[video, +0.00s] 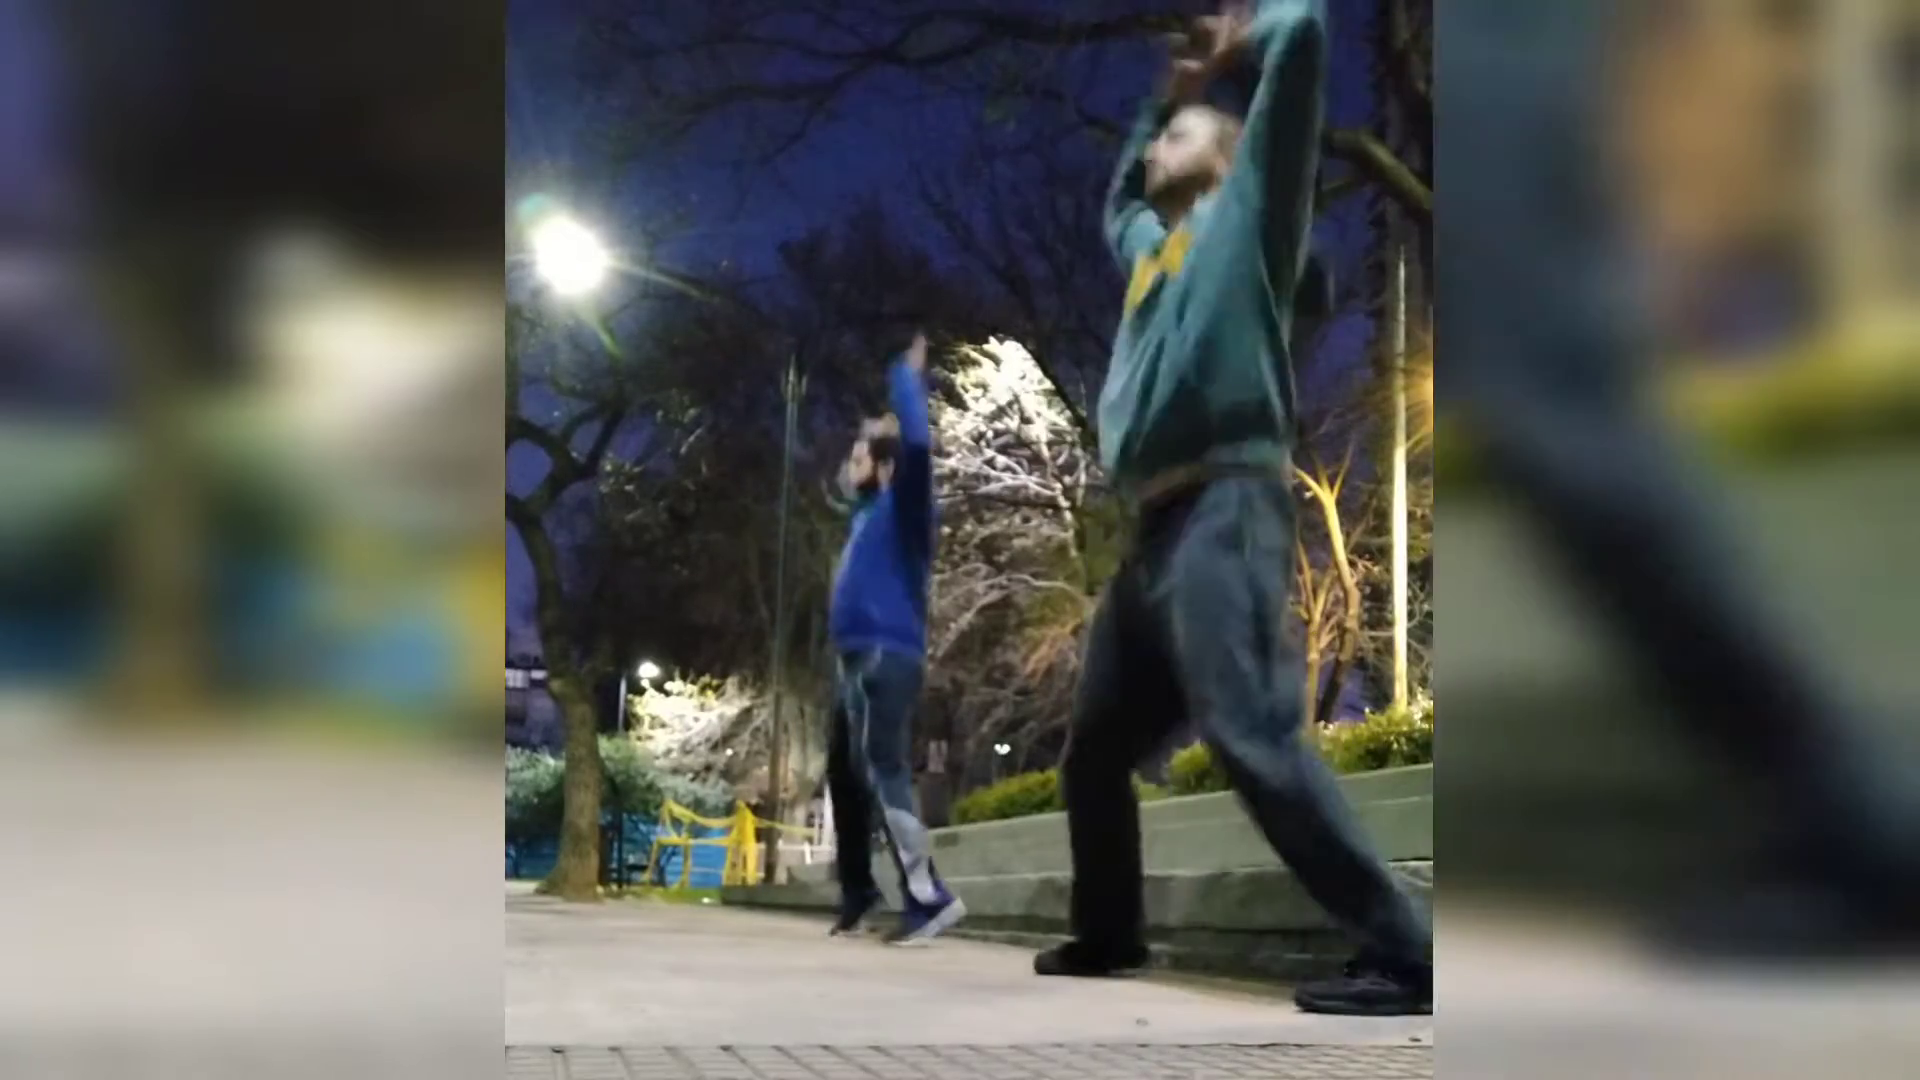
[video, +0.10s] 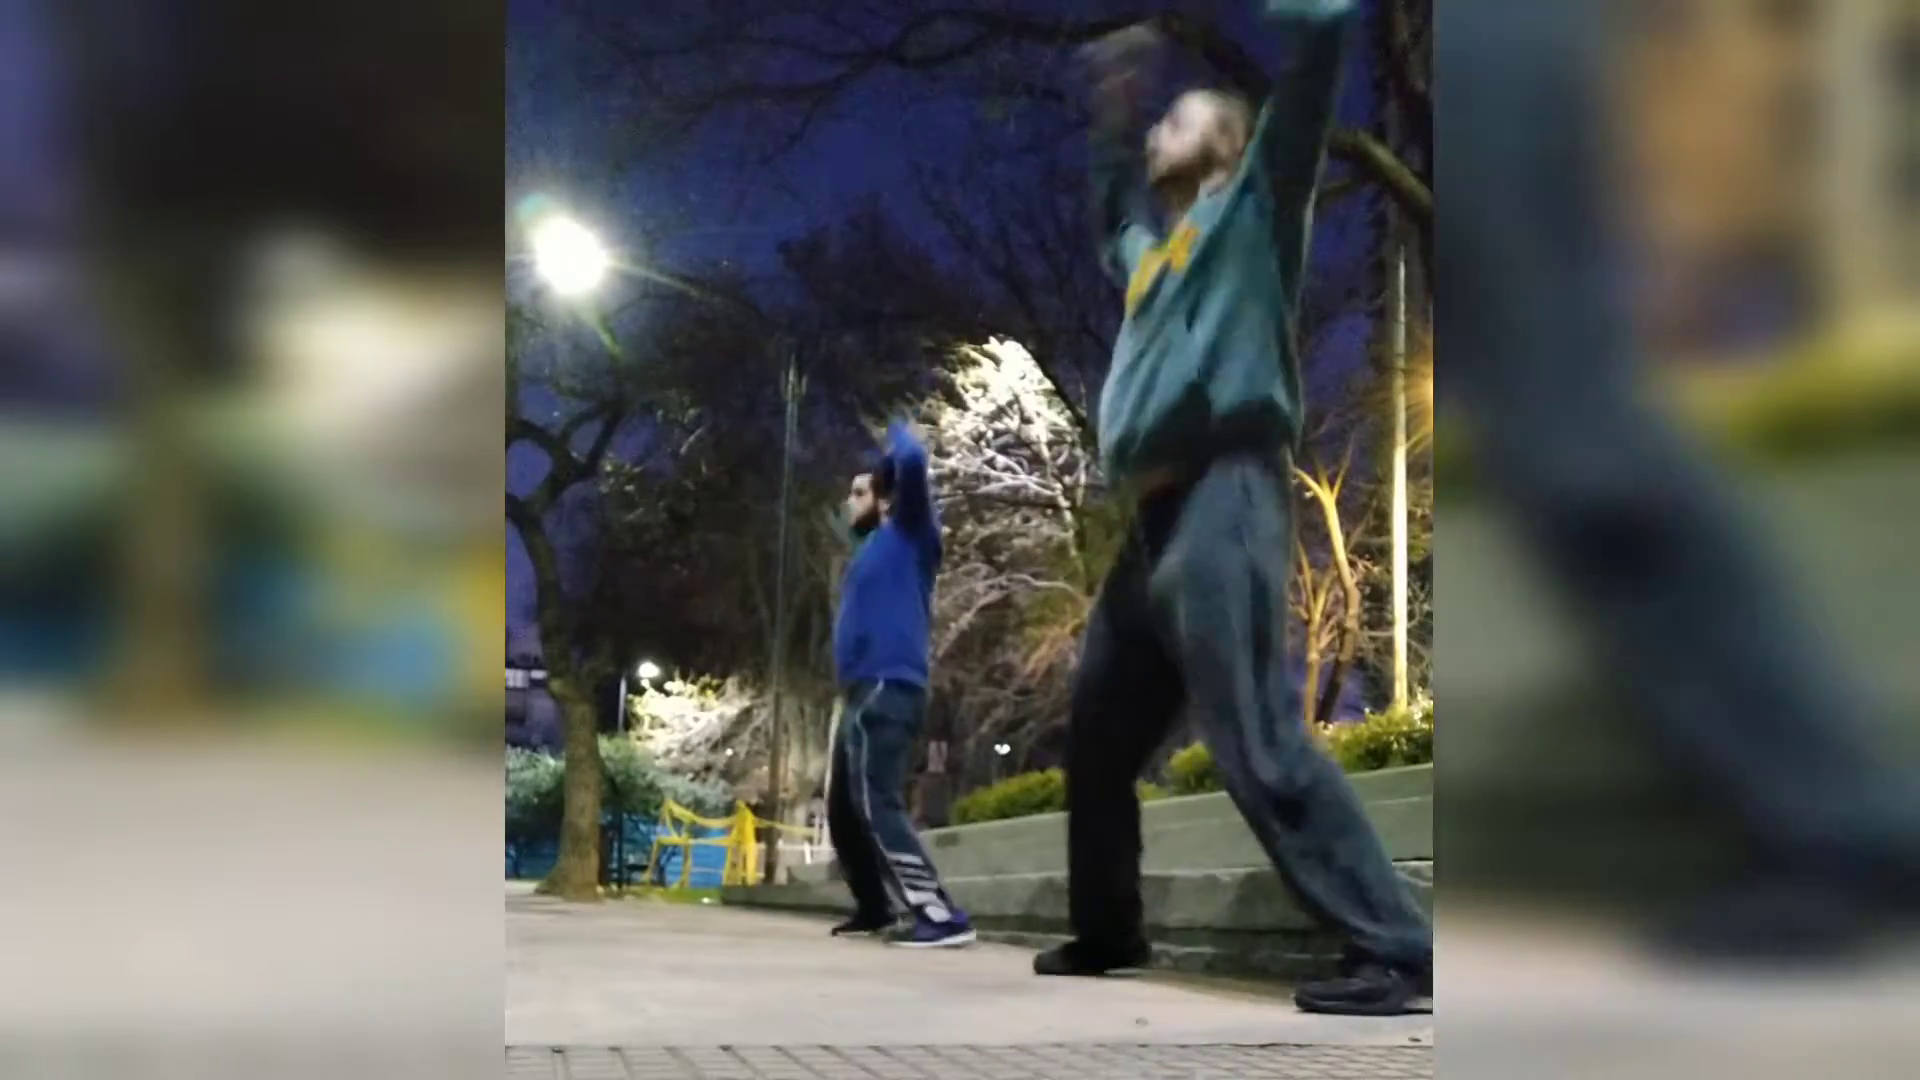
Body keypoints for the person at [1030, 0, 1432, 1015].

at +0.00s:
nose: (1161, 143)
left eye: (1184, 128)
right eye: (1159, 132)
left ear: (1231, 145)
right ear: (1168, 164)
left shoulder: (1254, 208)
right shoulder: (1148, 242)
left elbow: (1301, 32)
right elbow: (1122, 194)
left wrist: (1242, 36)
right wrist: (1172, 91)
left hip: (1229, 503)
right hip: (1156, 525)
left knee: (1250, 736)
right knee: (1095, 751)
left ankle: (1399, 956)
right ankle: (1106, 940)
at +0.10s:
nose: (1160, 125)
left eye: (1182, 112)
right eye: (1159, 118)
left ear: (1229, 131)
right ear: (1167, 155)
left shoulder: (1261, 195)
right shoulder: (1147, 249)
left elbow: (1322, 35)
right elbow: (1116, 211)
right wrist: (1117, 116)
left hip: (1230, 486)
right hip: (1156, 510)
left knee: (1256, 741)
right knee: (1097, 737)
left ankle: (1395, 953)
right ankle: (1105, 937)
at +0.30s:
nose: (1150, 72)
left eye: (1172, 58)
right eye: (1151, 62)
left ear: (1227, 80)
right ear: (1167, 95)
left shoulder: (1244, 151)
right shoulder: (1160, 202)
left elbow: (1338, 184)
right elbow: (1146, 353)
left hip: (1223, 425)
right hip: (1156, 446)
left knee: (1225, 656)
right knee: (1121, 676)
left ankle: (1286, 909)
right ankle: (1158, 906)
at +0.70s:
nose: (1164, 75)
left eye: (1189, 60)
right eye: (1165, 64)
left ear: (1245, 81)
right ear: (1181, 101)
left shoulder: (1269, 161)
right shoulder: (1174, 215)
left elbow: (1329, 83)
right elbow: (1140, 332)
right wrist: (1049, 283)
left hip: (1232, 427)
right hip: (1161, 449)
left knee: (1252, 665)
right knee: (1149, 685)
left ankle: (1314, 904)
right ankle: (1154, 907)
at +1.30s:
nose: (1178, 95)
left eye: (1200, 84)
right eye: (1178, 87)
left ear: (1250, 112)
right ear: (1182, 122)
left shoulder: (1279, 177)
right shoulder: (1185, 229)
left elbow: (1366, 277)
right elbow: (1180, 376)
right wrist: (1119, 471)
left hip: (1244, 469)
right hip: (1174, 483)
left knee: (1241, 693)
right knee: (1149, 715)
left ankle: (1300, 943)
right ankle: (1210, 937)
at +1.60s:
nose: (1202, 67)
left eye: (1227, 54)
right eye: (1202, 58)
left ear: (1282, 81)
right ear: (1211, 96)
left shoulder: (1293, 155)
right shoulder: (1200, 202)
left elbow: (1360, 100)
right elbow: (1165, 324)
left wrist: (1365, 3)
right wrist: (1072, 290)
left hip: (1266, 419)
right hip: (1196, 441)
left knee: (1289, 660)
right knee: (1182, 681)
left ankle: (1358, 918)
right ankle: (1182, 906)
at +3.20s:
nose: (1176, 127)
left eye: (1199, 115)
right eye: (1178, 117)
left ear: (1251, 139)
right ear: (1200, 150)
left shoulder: (1291, 223)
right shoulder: (1203, 253)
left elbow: (1343, 364)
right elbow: (1189, 399)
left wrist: (1269, 444)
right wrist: (1152, 525)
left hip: (1237, 517)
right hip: (1172, 525)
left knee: (1204, 728)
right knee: (1142, 732)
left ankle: (1267, 950)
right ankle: (1209, 940)